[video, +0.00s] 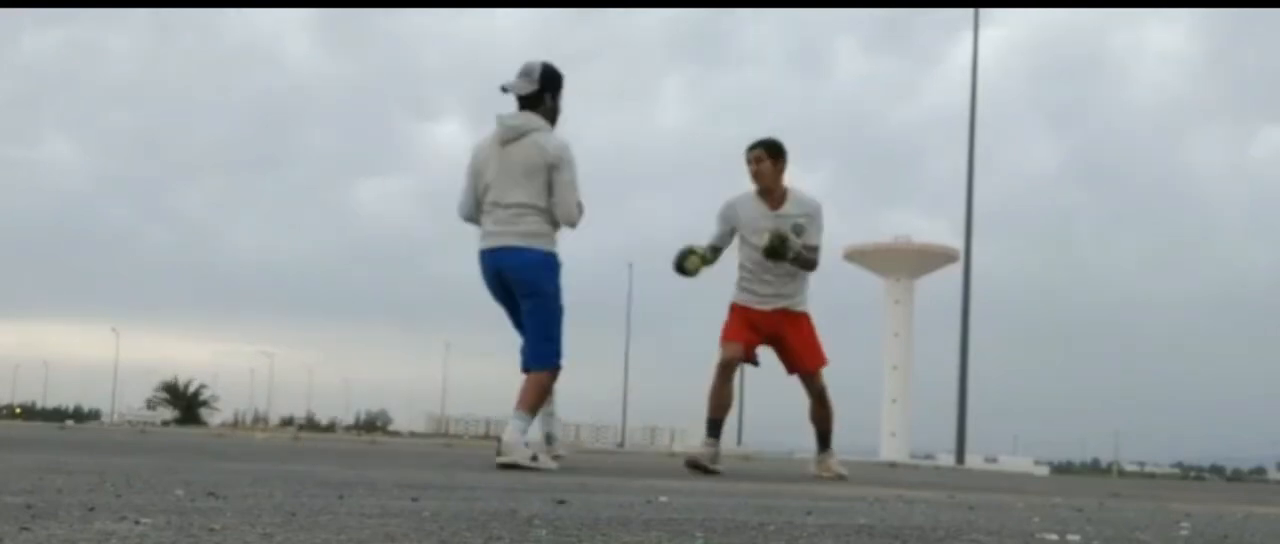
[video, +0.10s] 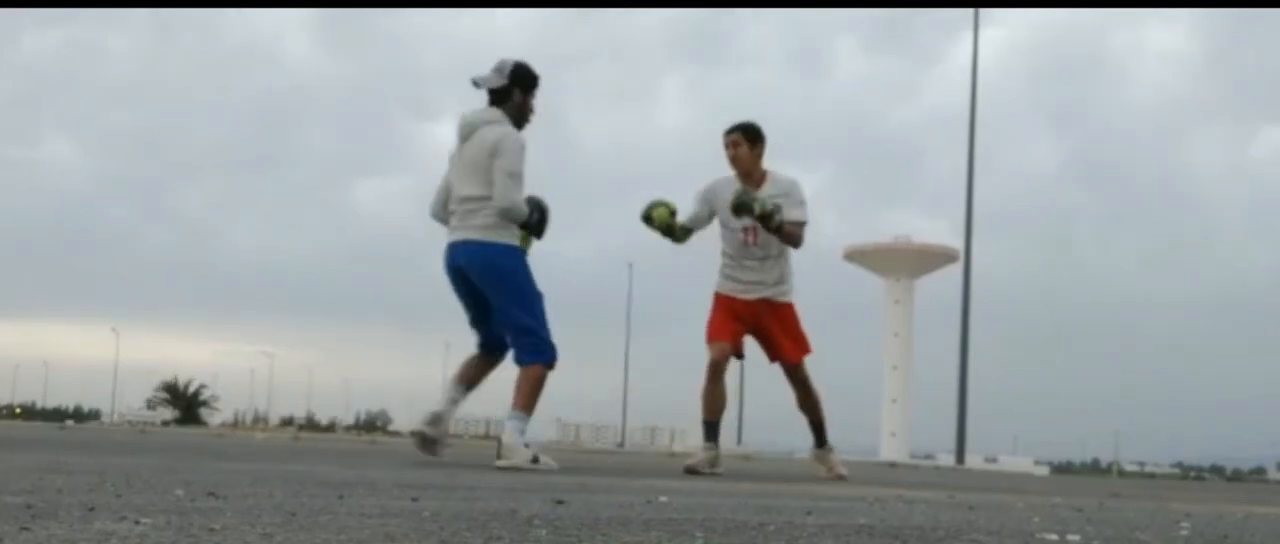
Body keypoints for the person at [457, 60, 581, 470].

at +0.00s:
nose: (562, 107)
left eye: (557, 100)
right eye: (560, 100)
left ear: (518, 98)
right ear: (552, 101)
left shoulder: (486, 145)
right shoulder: (554, 146)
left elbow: (468, 209)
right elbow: (567, 213)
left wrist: (500, 213)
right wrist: (571, 202)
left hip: (492, 255)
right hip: (534, 255)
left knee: (537, 344)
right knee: (544, 352)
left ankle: (544, 434)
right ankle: (516, 438)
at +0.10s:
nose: (533, 107)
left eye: (533, 98)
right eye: (530, 97)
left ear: (497, 96)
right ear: (514, 96)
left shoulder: (467, 143)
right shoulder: (508, 138)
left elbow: (439, 208)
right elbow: (507, 204)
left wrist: (486, 220)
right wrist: (533, 212)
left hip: (459, 252)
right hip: (496, 252)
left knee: (493, 344)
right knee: (538, 351)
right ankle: (514, 444)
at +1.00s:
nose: (385, 142)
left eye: (388, 136)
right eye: (382, 133)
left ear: (368, 131)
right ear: (363, 126)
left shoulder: (348, 163)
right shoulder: (340, 140)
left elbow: (319, 216)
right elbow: (339, 152)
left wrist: (347, 233)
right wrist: (384, 154)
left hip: (305, 242)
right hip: (297, 237)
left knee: (330, 336)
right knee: (314, 332)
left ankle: (297, 428)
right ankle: (242, 417)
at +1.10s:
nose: (397, 128)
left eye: (400, 121)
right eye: (394, 118)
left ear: (383, 116)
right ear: (372, 111)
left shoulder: (354, 141)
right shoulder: (353, 132)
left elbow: (331, 202)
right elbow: (320, 159)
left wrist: (359, 213)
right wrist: (364, 178)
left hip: (296, 229)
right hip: (305, 229)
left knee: (327, 329)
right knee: (337, 326)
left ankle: (298, 422)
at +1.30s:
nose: (385, 144)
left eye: (386, 137)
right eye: (384, 135)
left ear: (359, 127)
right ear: (371, 129)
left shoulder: (341, 151)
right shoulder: (352, 145)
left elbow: (362, 233)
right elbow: (321, 179)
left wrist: (388, 195)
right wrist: (366, 211)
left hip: (315, 251)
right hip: (324, 250)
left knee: (351, 338)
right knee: (366, 338)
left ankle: (309, 421)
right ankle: (321, 429)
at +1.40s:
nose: (381, 175)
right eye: (381, 168)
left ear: (346, 156)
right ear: (371, 161)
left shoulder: (330, 181)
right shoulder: (360, 178)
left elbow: (366, 245)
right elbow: (353, 223)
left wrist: (383, 206)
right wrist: (367, 266)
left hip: (302, 270)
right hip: (322, 271)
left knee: (360, 349)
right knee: (379, 350)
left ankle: (327, 429)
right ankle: (325, 431)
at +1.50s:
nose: (389, 210)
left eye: (392, 204)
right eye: (391, 202)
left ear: (371, 188)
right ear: (382, 191)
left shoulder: (341, 202)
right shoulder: (365, 202)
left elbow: (339, 271)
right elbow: (344, 231)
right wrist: (364, 274)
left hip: (301, 283)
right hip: (314, 283)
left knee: (371, 353)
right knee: (372, 354)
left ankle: (346, 426)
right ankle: (324, 432)